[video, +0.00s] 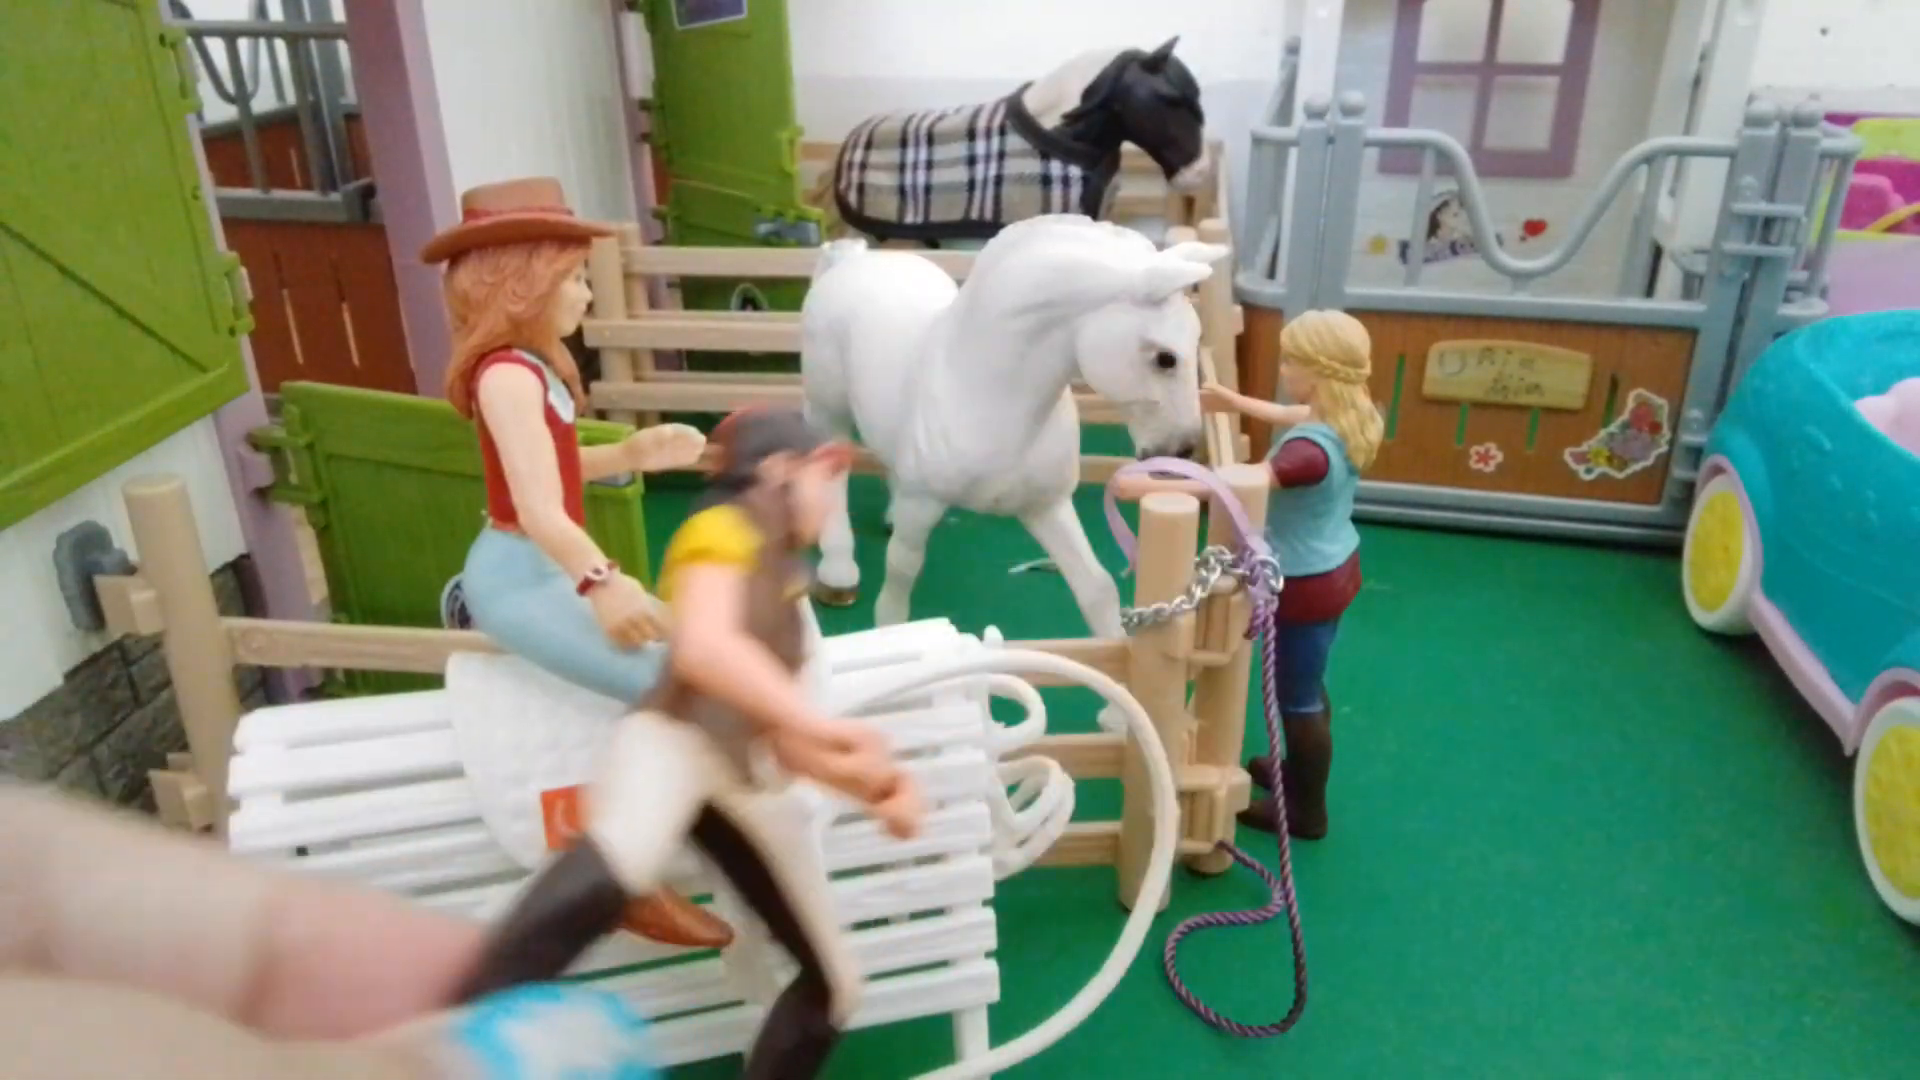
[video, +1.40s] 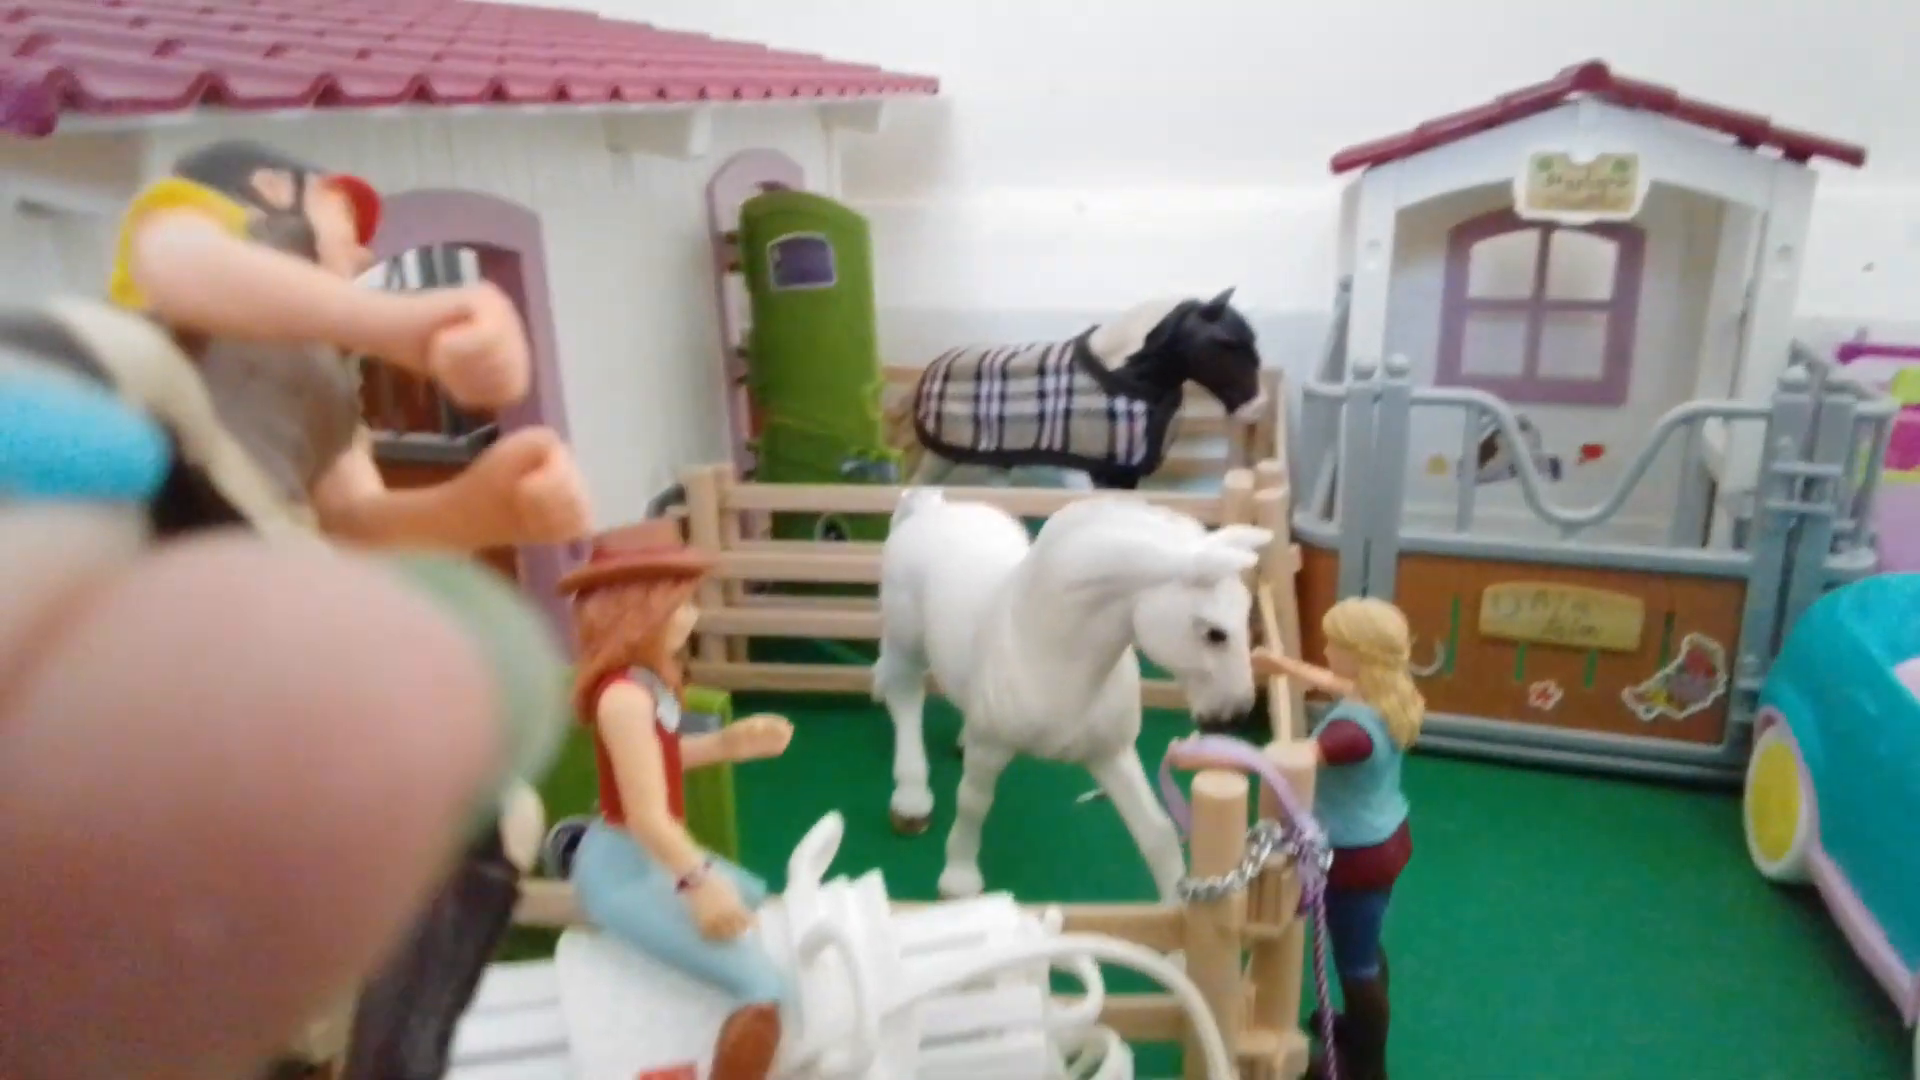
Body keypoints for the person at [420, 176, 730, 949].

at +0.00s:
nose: (587, 295)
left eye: (584, 277)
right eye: (575, 278)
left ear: (531, 288)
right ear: (527, 286)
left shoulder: (539, 368)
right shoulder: (510, 378)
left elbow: (556, 467)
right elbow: (538, 513)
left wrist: (634, 454)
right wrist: (605, 583)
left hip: (545, 564)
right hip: (516, 576)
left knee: (689, 665)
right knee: (682, 685)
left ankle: (636, 869)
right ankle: (630, 870)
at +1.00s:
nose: (631, 328)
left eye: (631, 311)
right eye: (618, 310)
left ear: (613, 317)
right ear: (565, 317)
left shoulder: (591, 406)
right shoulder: (565, 414)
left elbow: (612, 510)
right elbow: (594, 551)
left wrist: (686, 496)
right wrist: (659, 626)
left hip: (600, 619)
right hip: (571, 627)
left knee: (732, 722)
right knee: (724, 739)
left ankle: (676, 916)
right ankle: (674, 919)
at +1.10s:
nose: (659, 512)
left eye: (657, 493)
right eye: (649, 492)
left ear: (628, 497)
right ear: (612, 496)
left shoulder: (616, 582)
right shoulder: (592, 584)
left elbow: (624, 681)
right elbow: (609, 729)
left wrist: (696, 663)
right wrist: (669, 801)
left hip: (610, 781)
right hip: (582, 789)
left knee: (745, 881)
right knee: (731, 915)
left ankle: (687, 1051)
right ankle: (679, 1066)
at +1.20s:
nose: (664, 633)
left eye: (664, 617)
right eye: (656, 616)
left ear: (627, 618)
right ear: (618, 619)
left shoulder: (618, 703)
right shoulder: (591, 712)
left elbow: (629, 780)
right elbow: (614, 845)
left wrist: (698, 770)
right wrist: (668, 918)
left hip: (628, 891)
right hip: (592, 910)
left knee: (727, 938)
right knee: (733, 1022)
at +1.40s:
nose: (693, 617)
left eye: (691, 603)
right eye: (681, 605)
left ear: (651, 613)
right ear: (643, 614)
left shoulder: (653, 683)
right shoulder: (623, 696)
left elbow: (660, 758)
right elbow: (645, 816)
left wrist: (724, 745)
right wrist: (700, 881)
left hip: (663, 852)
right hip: (625, 872)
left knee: (759, 896)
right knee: (765, 982)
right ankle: (732, 1071)